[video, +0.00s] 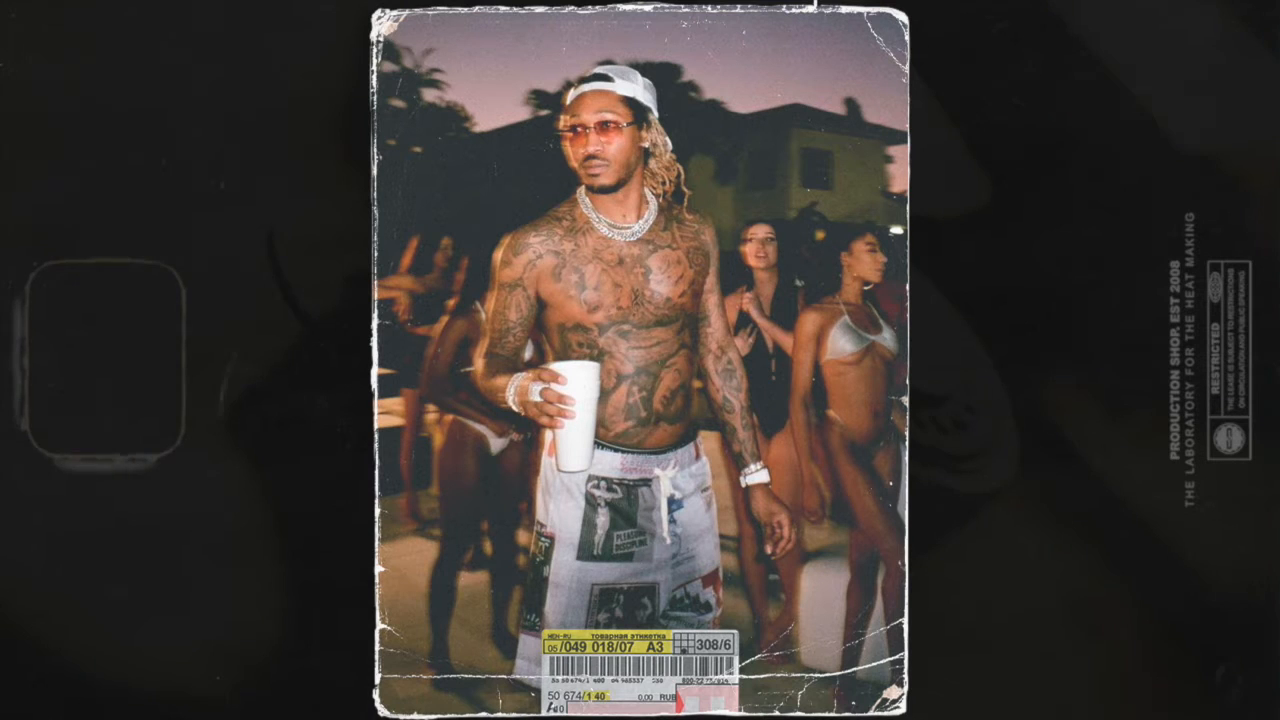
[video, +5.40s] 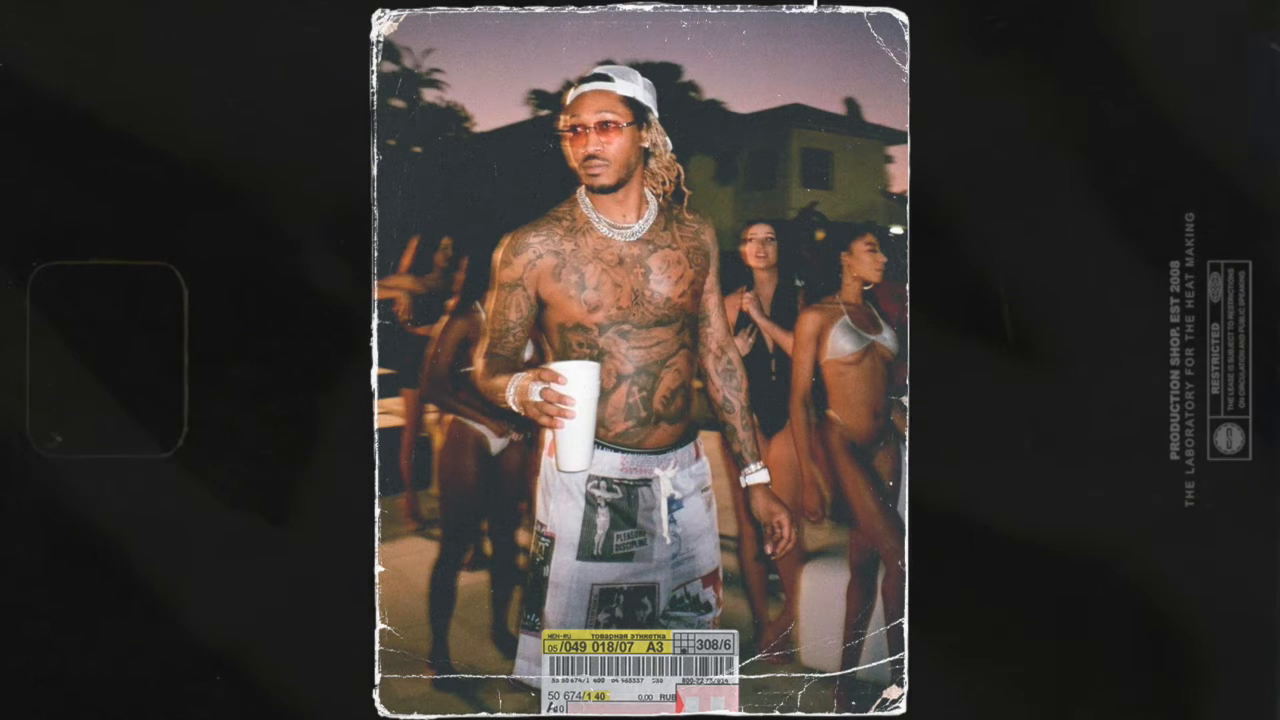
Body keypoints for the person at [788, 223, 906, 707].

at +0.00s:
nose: (882, 259)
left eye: (881, 251)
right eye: (871, 251)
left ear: (870, 262)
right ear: (844, 259)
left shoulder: (877, 315)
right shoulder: (818, 317)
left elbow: (885, 393)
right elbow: (798, 403)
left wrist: (899, 444)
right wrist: (814, 479)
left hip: (881, 448)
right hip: (838, 449)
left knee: (863, 564)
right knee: (898, 553)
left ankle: (846, 673)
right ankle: (902, 671)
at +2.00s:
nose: (882, 259)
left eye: (881, 251)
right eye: (871, 251)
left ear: (872, 262)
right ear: (844, 259)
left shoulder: (877, 316)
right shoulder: (818, 317)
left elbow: (886, 391)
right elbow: (799, 403)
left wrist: (900, 432)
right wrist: (812, 478)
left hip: (882, 447)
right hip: (838, 448)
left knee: (863, 562)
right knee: (897, 551)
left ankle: (846, 672)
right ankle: (902, 669)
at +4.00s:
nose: (882, 259)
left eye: (881, 251)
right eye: (871, 251)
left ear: (869, 261)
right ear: (844, 259)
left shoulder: (876, 314)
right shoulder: (818, 317)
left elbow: (885, 391)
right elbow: (798, 402)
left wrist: (899, 440)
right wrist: (812, 477)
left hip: (882, 447)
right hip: (838, 449)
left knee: (863, 563)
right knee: (898, 552)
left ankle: (846, 674)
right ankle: (902, 670)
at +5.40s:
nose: (882, 259)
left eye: (881, 251)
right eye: (871, 251)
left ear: (871, 262)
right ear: (844, 259)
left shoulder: (877, 316)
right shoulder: (818, 317)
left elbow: (884, 391)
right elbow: (798, 403)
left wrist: (900, 433)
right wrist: (813, 478)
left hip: (882, 448)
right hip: (838, 449)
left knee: (863, 562)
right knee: (898, 553)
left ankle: (846, 673)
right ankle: (903, 671)